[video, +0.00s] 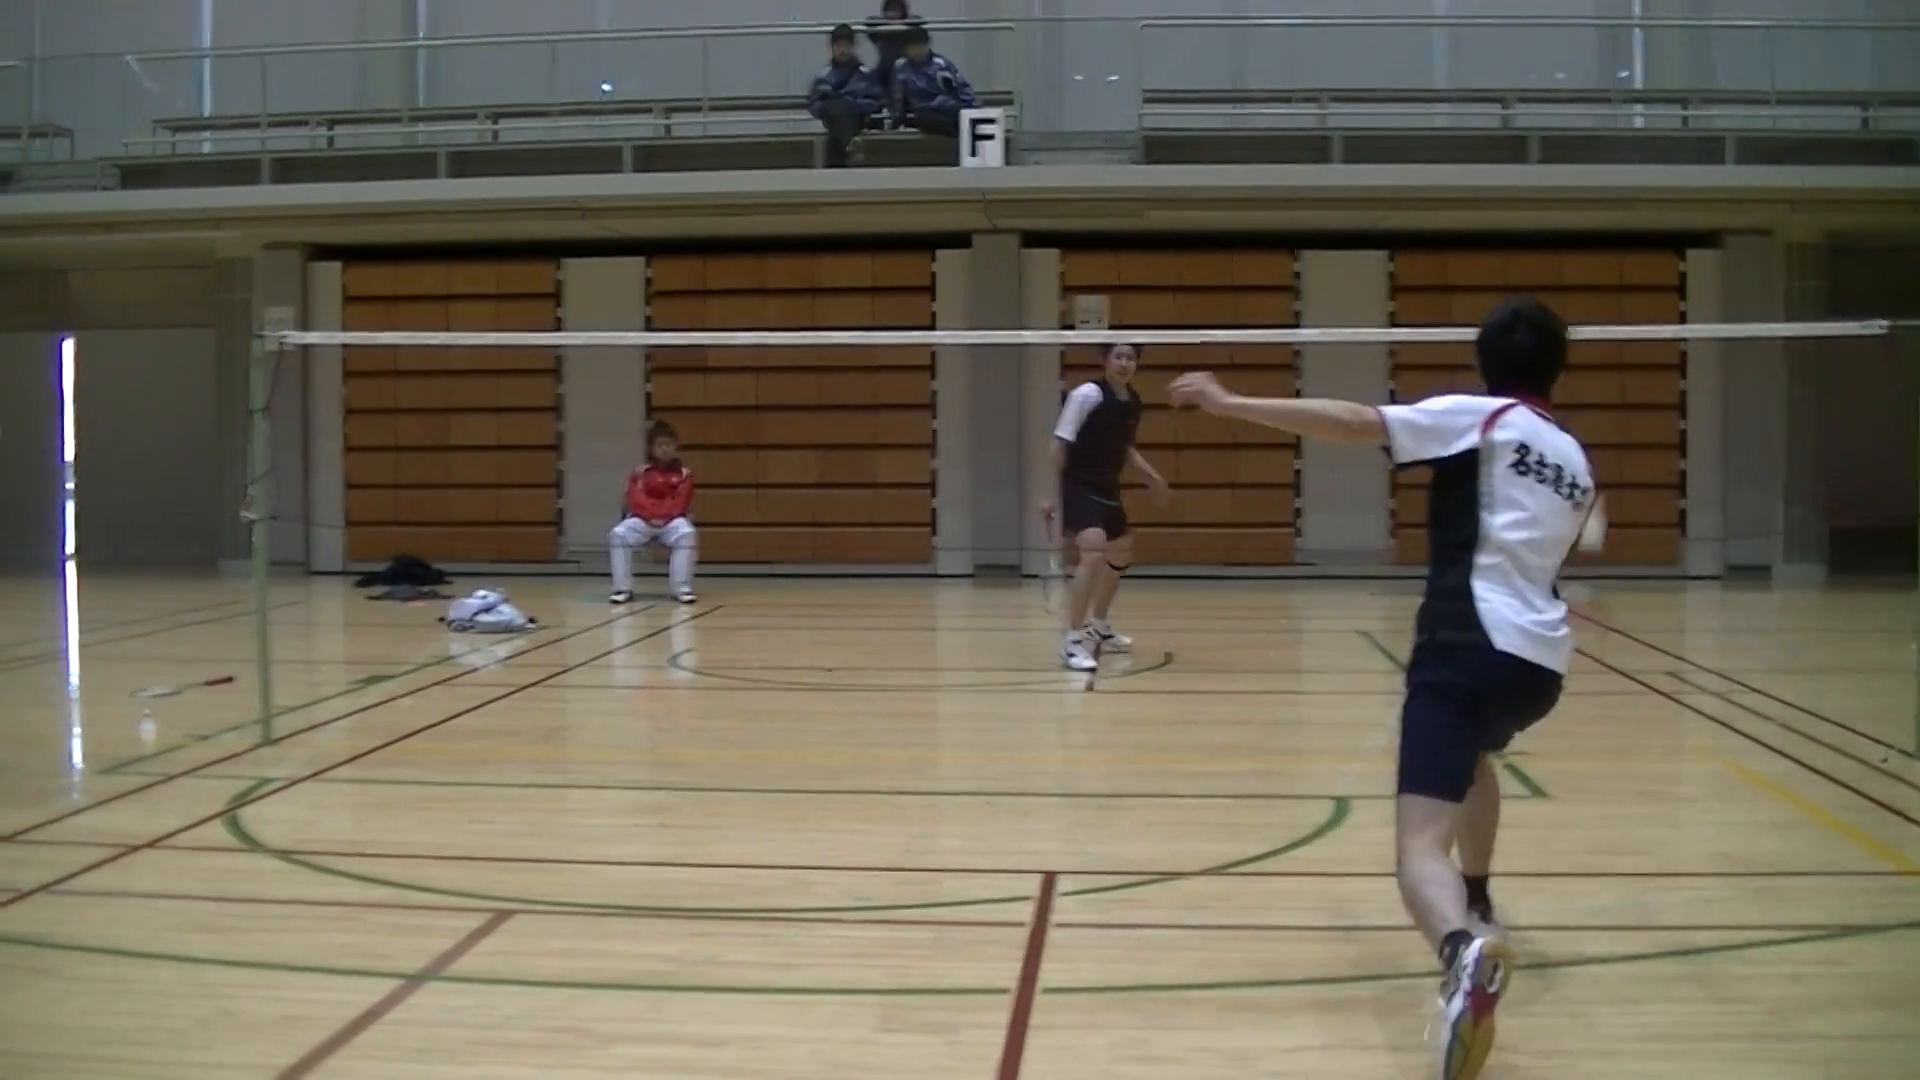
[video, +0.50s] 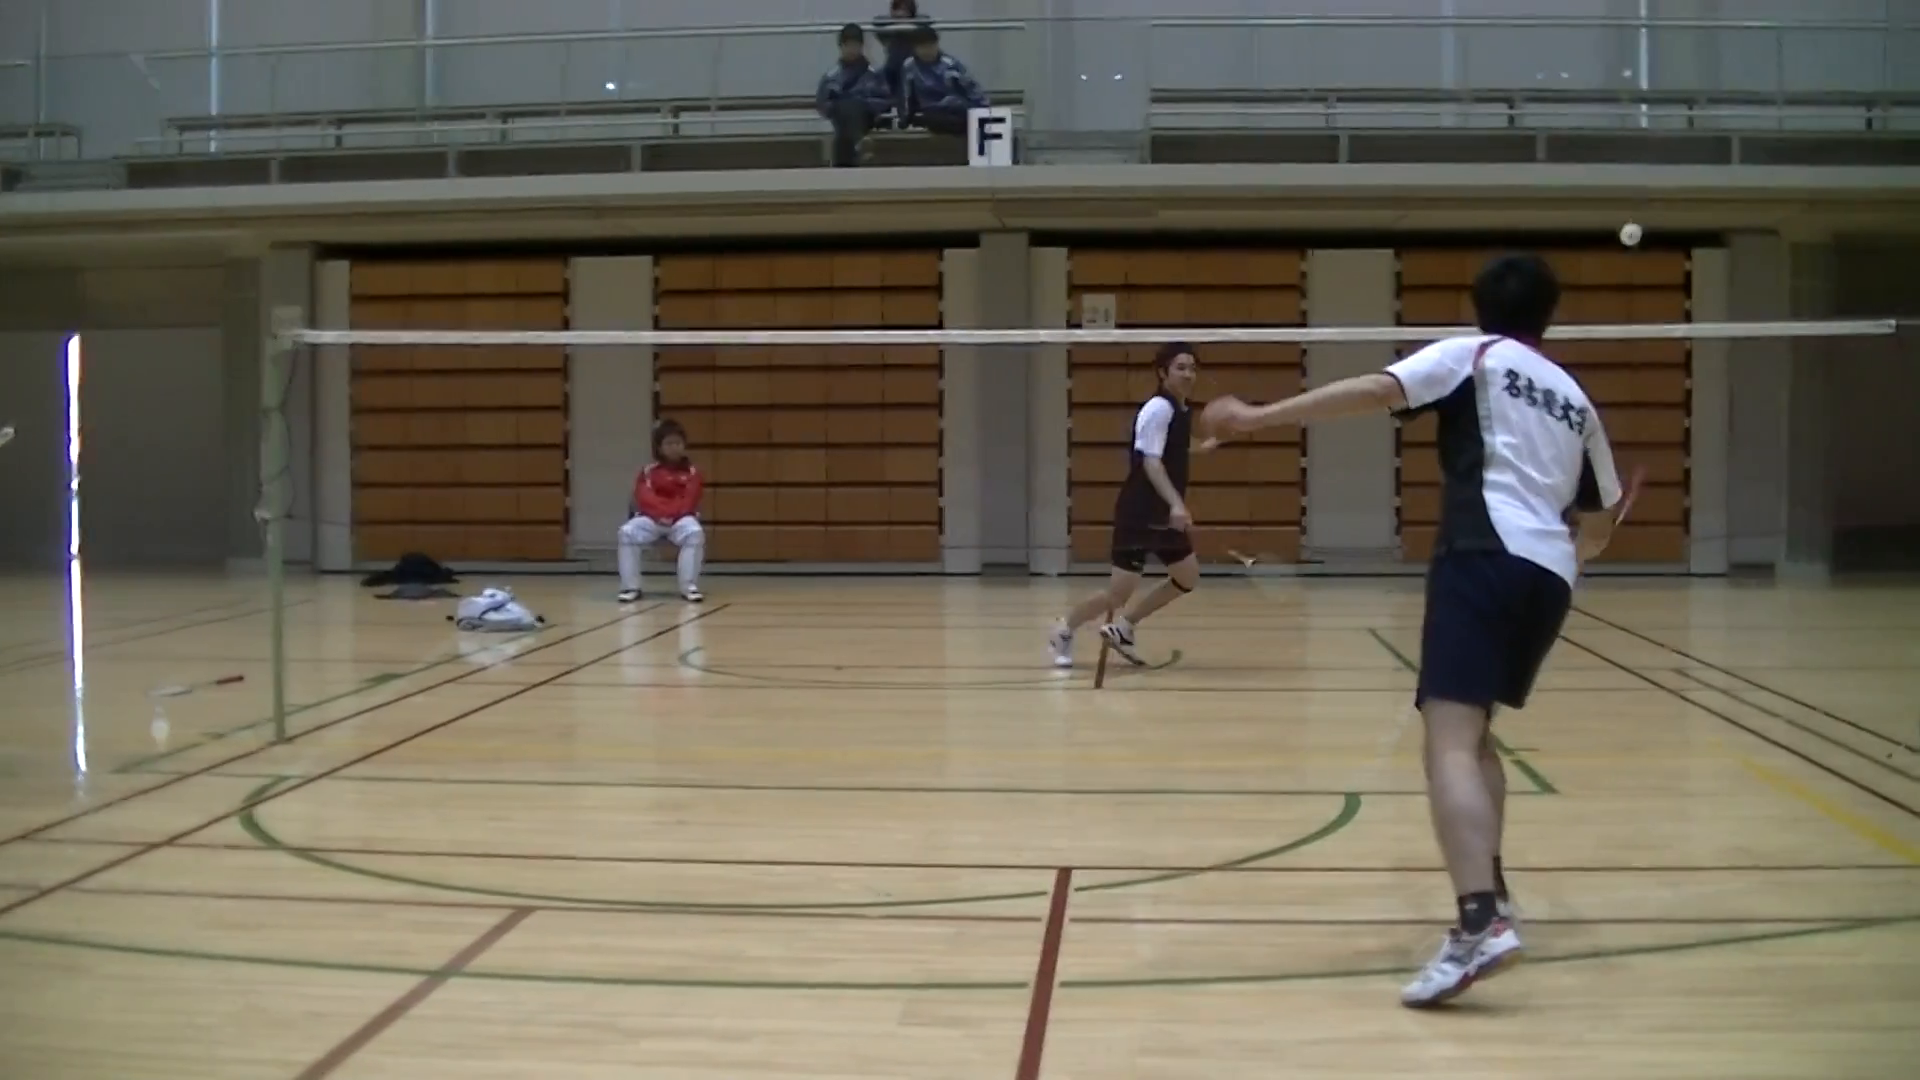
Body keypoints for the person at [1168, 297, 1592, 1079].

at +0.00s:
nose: (1477, 365)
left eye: (1481, 353)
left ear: (1486, 365)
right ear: (1555, 374)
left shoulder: (1472, 415)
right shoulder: (1574, 458)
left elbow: (1357, 420)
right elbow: (1585, 543)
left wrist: (1230, 403)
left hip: (1464, 649)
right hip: (1541, 666)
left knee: (1424, 848)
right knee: (1474, 755)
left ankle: (1460, 952)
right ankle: (1476, 902)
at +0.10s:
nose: (1509, 367)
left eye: (1513, 356)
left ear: (1518, 367)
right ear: (1585, 375)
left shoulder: (1509, 411)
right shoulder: (1605, 456)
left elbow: (1406, 408)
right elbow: (1579, 552)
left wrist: (1280, 384)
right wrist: (1623, 547)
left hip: (1503, 635)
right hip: (1574, 651)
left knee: (1444, 820)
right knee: (1496, 754)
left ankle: (1505, 939)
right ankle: (1509, 906)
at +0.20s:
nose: (1509, 351)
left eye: (1514, 342)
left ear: (1517, 353)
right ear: (1584, 362)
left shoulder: (1513, 395)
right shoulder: (1607, 441)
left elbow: (1414, 392)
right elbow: (1602, 491)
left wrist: (1294, 366)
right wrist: (1655, 483)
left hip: (1510, 611)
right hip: (1577, 627)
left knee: (1447, 796)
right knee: (1491, 748)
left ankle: (1519, 934)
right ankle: (1515, 913)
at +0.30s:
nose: (1497, 341)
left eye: (1501, 330)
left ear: (1505, 338)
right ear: (1573, 346)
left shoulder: (1498, 377)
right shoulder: (1598, 426)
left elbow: (1398, 380)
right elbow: (1590, 522)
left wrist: (1277, 364)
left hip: (1499, 587)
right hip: (1569, 606)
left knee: (1458, 771)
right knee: (1486, 747)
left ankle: (1507, 940)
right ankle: (1511, 909)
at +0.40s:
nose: (1493, 327)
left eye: (1497, 317)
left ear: (1502, 323)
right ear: (1568, 333)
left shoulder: (1491, 365)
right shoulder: (1597, 416)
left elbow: (1392, 381)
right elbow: (1600, 521)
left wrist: (1270, 381)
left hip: (1498, 572)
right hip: (1568, 590)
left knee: (1466, 759)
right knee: (1490, 748)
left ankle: (1504, 931)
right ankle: (1508, 906)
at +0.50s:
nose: (1474, 315)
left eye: (1477, 305)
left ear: (1481, 311)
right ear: (1546, 322)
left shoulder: (1473, 352)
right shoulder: (1578, 400)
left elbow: (1382, 390)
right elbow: (1602, 514)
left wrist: (1257, 417)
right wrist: (1557, 559)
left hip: (1481, 561)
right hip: (1550, 580)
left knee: (1452, 743)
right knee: (1473, 737)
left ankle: (1479, 923)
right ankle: (1490, 899)